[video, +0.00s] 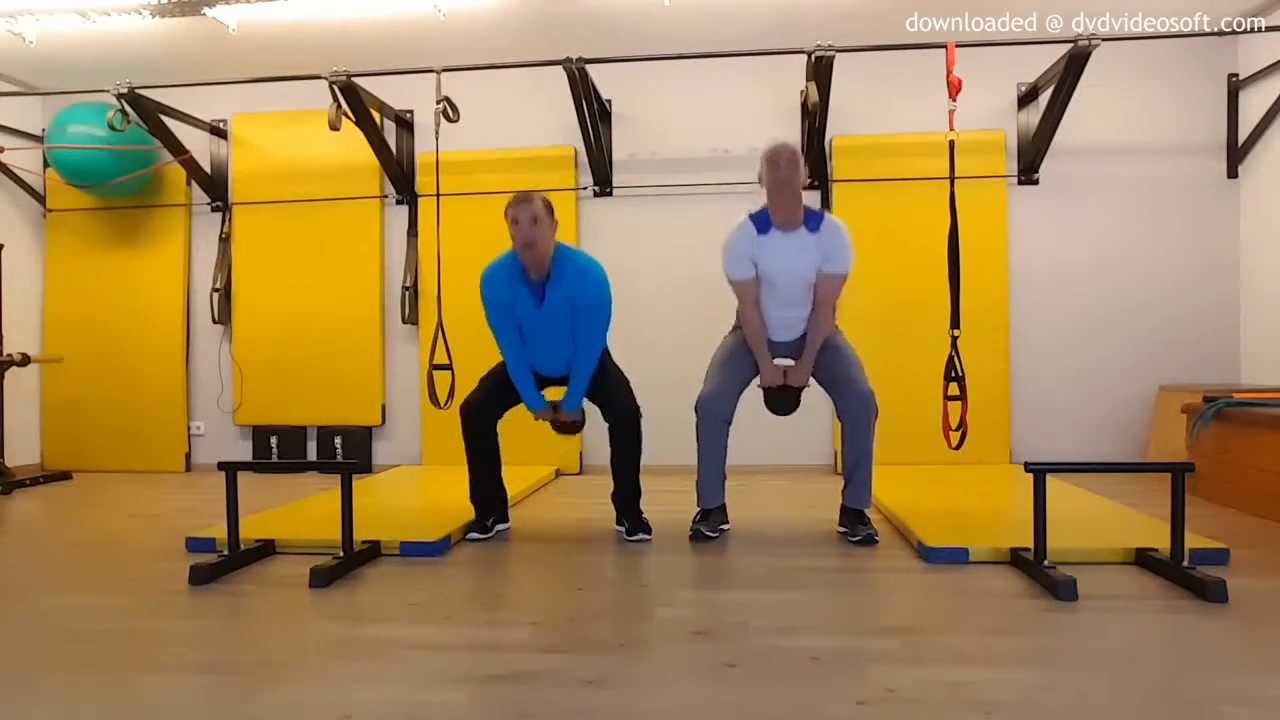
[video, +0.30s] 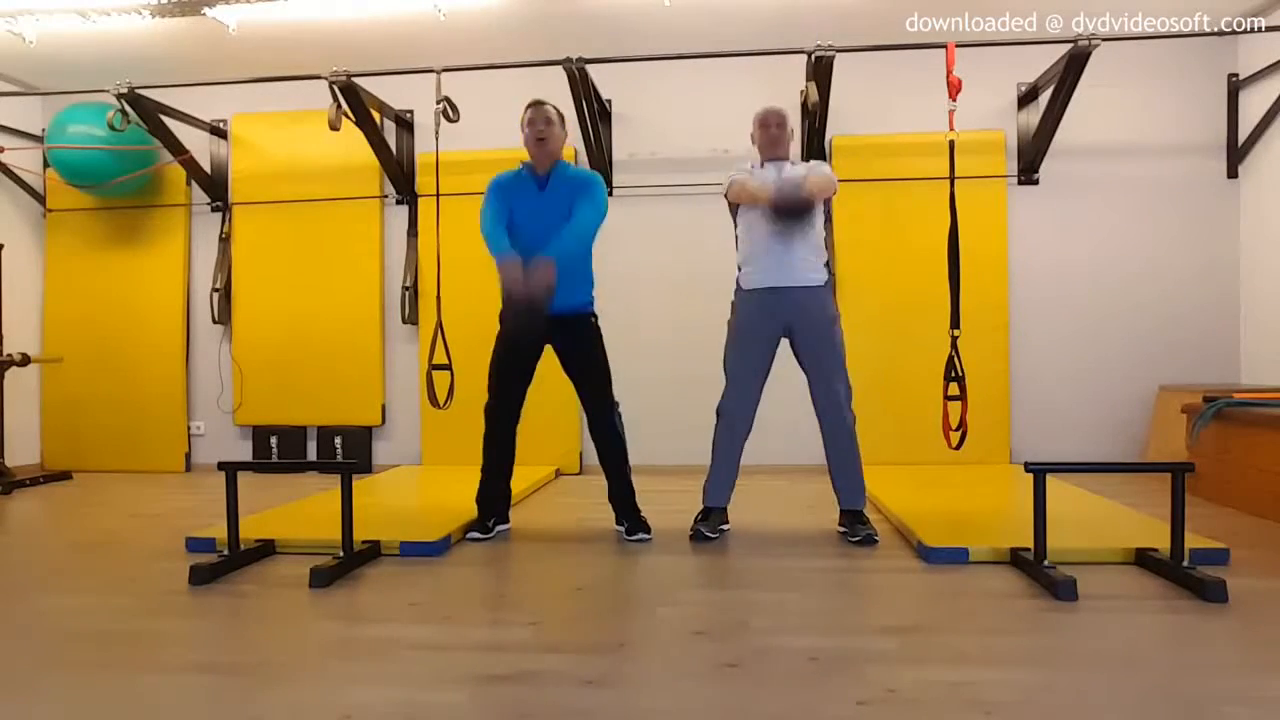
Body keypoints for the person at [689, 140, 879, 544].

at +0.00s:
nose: (785, 171)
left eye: (792, 165)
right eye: (776, 165)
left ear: (805, 177)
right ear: (761, 179)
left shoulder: (831, 233)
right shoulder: (742, 239)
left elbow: (824, 310)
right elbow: (748, 310)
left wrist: (806, 364)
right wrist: (765, 363)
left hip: (816, 337)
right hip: (754, 338)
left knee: (860, 401)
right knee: (711, 402)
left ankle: (854, 510)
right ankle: (712, 509)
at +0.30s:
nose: (773, 130)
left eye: (779, 124)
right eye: (765, 125)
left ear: (791, 135)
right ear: (753, 137)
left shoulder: (814, 169)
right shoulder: (741, 178)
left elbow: (823, 186)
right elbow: (741, 192)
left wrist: (800, 195)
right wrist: (777, 197)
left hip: (811, 300)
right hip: (755, 302)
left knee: (835, 405)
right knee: (735, 406)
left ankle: (852, 511)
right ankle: (714, 508)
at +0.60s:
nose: (777, 123)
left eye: (785, 117)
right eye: (770, 118)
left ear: (799, 128)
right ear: (758, 128)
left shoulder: (818, 173)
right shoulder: (745, 175)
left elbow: (818, 124)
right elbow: (751, 125)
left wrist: (807, 70)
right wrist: (763, 71)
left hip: (814, 300)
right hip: (756, 301)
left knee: (836, 404)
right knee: (737, 405)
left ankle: (852, 511)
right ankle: (714, 508)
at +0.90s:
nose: (786, 133)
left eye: (794, 125)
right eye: (781, 123)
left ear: (807, 126)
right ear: (764, 122)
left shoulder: (819, 170)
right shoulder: (745, 173)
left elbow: (823, 161)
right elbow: (749, 155)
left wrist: (809, 116)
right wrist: (768, 117)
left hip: (814, 304)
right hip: (757, 306)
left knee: (841, 407)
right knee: (732, 407)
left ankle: (852, 512)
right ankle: (714, 509)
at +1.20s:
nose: (783, 152)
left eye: (790, 146)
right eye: (774, 146)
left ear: (802, 159)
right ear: (760, 161)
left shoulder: (825, 214)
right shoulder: (743, 220)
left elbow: (822, 287)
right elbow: (751, 291)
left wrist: (810, 345)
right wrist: (769, 348)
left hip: (814, 331)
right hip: (754, 331)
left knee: (854, 405)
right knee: (712, 406)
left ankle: (854, 511)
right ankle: (712, 510)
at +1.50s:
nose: (791, 226)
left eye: (800, 219)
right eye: (781, 219)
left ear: (811, 225)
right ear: (766, 226)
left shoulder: (836, 272)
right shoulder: (742, 276)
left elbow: (821, 337)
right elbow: (750, 339)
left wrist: (801, 387)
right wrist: (764, 387)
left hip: (812, 346)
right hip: (753, 345)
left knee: (856, 399)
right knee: (710, 402)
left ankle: (854, 511)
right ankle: (712, 509)